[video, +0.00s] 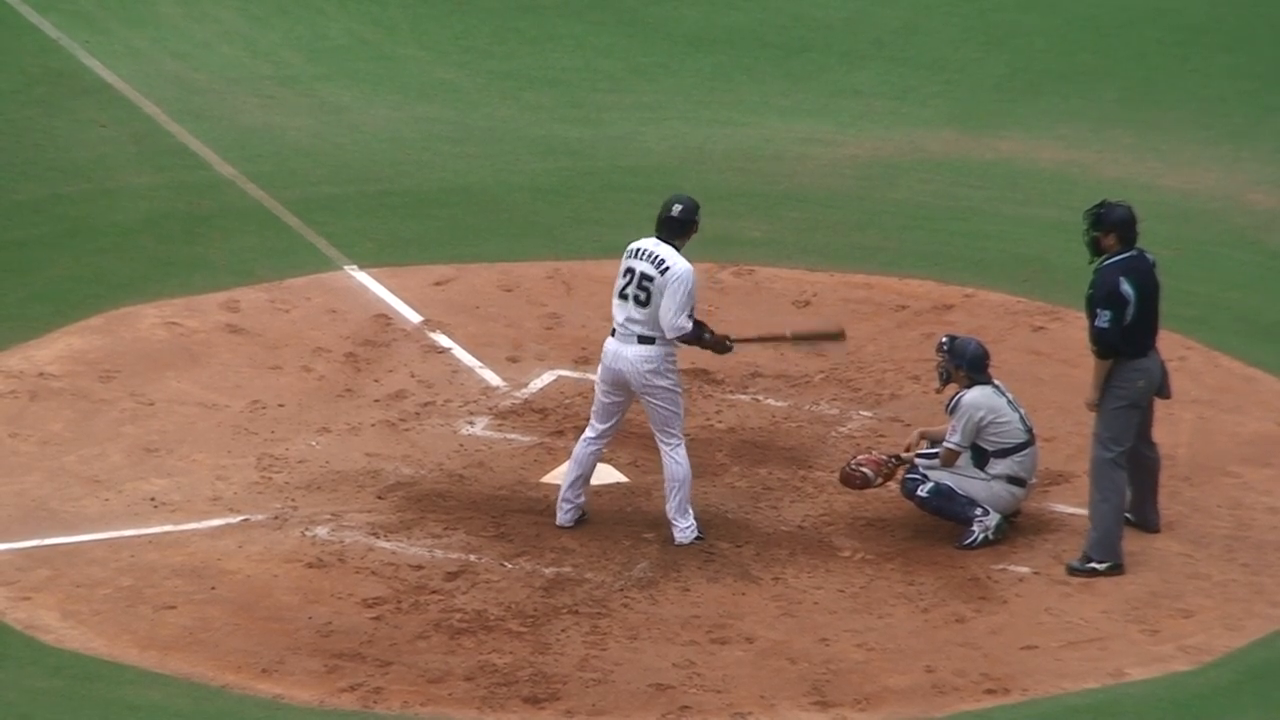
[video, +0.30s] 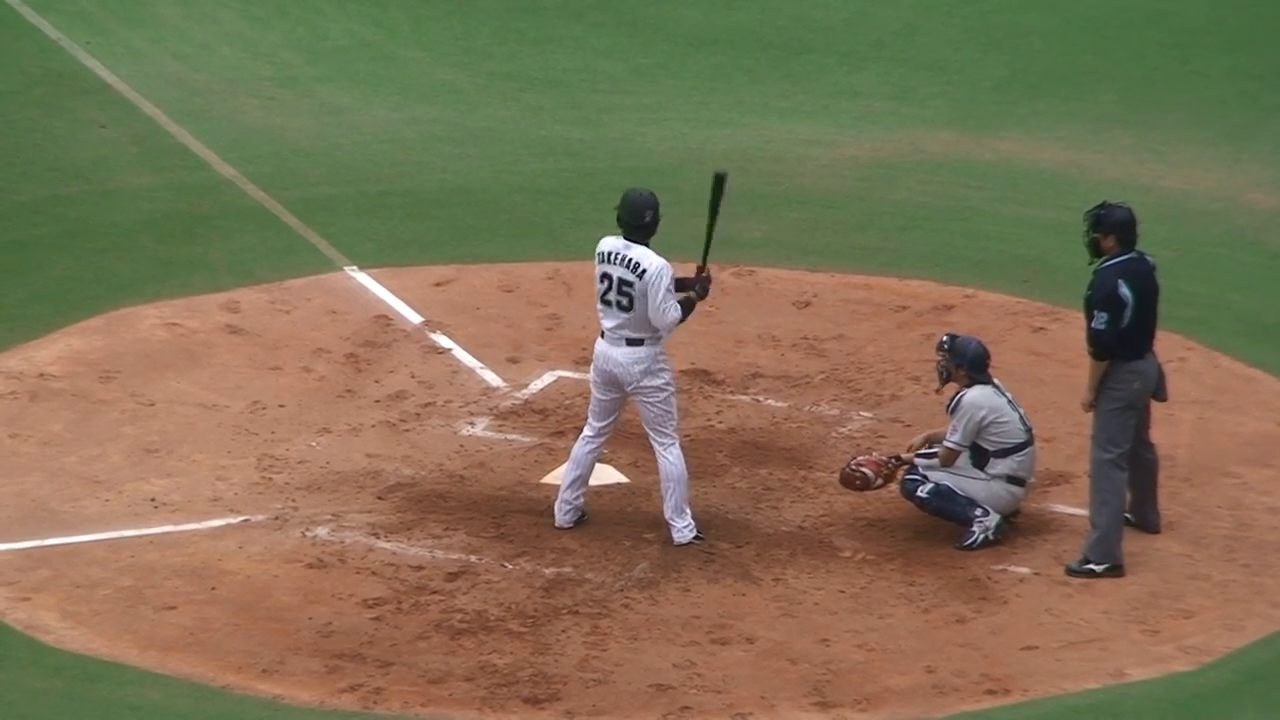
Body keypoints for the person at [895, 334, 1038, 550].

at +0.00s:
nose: (941, 365)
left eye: (946, 362)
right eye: (943, 360)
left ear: (961, 370)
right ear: (976, 368)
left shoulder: (970, 401)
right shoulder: (993, 387)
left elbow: (946, 461)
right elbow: (963, 431)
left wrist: (908, 458)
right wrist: (923, 433)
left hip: (1002, 491)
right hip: (1016, 483)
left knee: (914, 480)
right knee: (925, 455)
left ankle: (983, 518)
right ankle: (1002, 506)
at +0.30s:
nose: (942, 364)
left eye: (947, 361)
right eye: (943, 359)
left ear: (961, 369)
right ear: (976, 368)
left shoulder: (971, 400)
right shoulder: (991, 386)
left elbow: (946, 461)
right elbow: (969, 434)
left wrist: (911, 460)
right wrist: (929, 437)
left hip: (1002, 490)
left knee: (913, 480)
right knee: (927, 454)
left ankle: (983, 518)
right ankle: (1003, 505)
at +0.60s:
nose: (941, 362)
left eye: (946, 359)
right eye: (943, 357)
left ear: (961, 368)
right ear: (975, 366)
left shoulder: (973, 399)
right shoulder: (990, 384)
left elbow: (945, 459)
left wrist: (904, 460)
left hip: (999, 490)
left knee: (911, 480)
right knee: (929, 447)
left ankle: (982, 519)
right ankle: (996, 506)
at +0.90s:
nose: (942, 366)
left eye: (947, 363)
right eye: (944, 361)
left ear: (962, 371)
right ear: (976, 370)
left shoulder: (975, 402)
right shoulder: (991, 389)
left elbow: (948, 461)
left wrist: (907, 462)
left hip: (1000, 493)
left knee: (913, 482)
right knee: (930, 449)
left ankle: (984, 521)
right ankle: (997, 508)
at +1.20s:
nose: (942, 367)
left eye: (947, 364)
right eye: (944, 362)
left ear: (961, 372)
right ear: (977, 370)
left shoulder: (974, 403)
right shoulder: (991, 388)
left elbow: (948, 461)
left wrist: (907, 462)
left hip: (1001, 493)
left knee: (913, 483)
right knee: (931, 449)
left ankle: (984, 522)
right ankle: (995, 508)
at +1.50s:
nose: (943, 366)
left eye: (948, 363)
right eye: (944, 361)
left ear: (963, 370)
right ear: (977, 368)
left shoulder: (976, 402)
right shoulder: (993, 386)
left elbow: (949, 460)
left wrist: (908, 460)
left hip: (1002, 491)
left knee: (914, 480)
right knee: (932, 446)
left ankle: (984, 519)